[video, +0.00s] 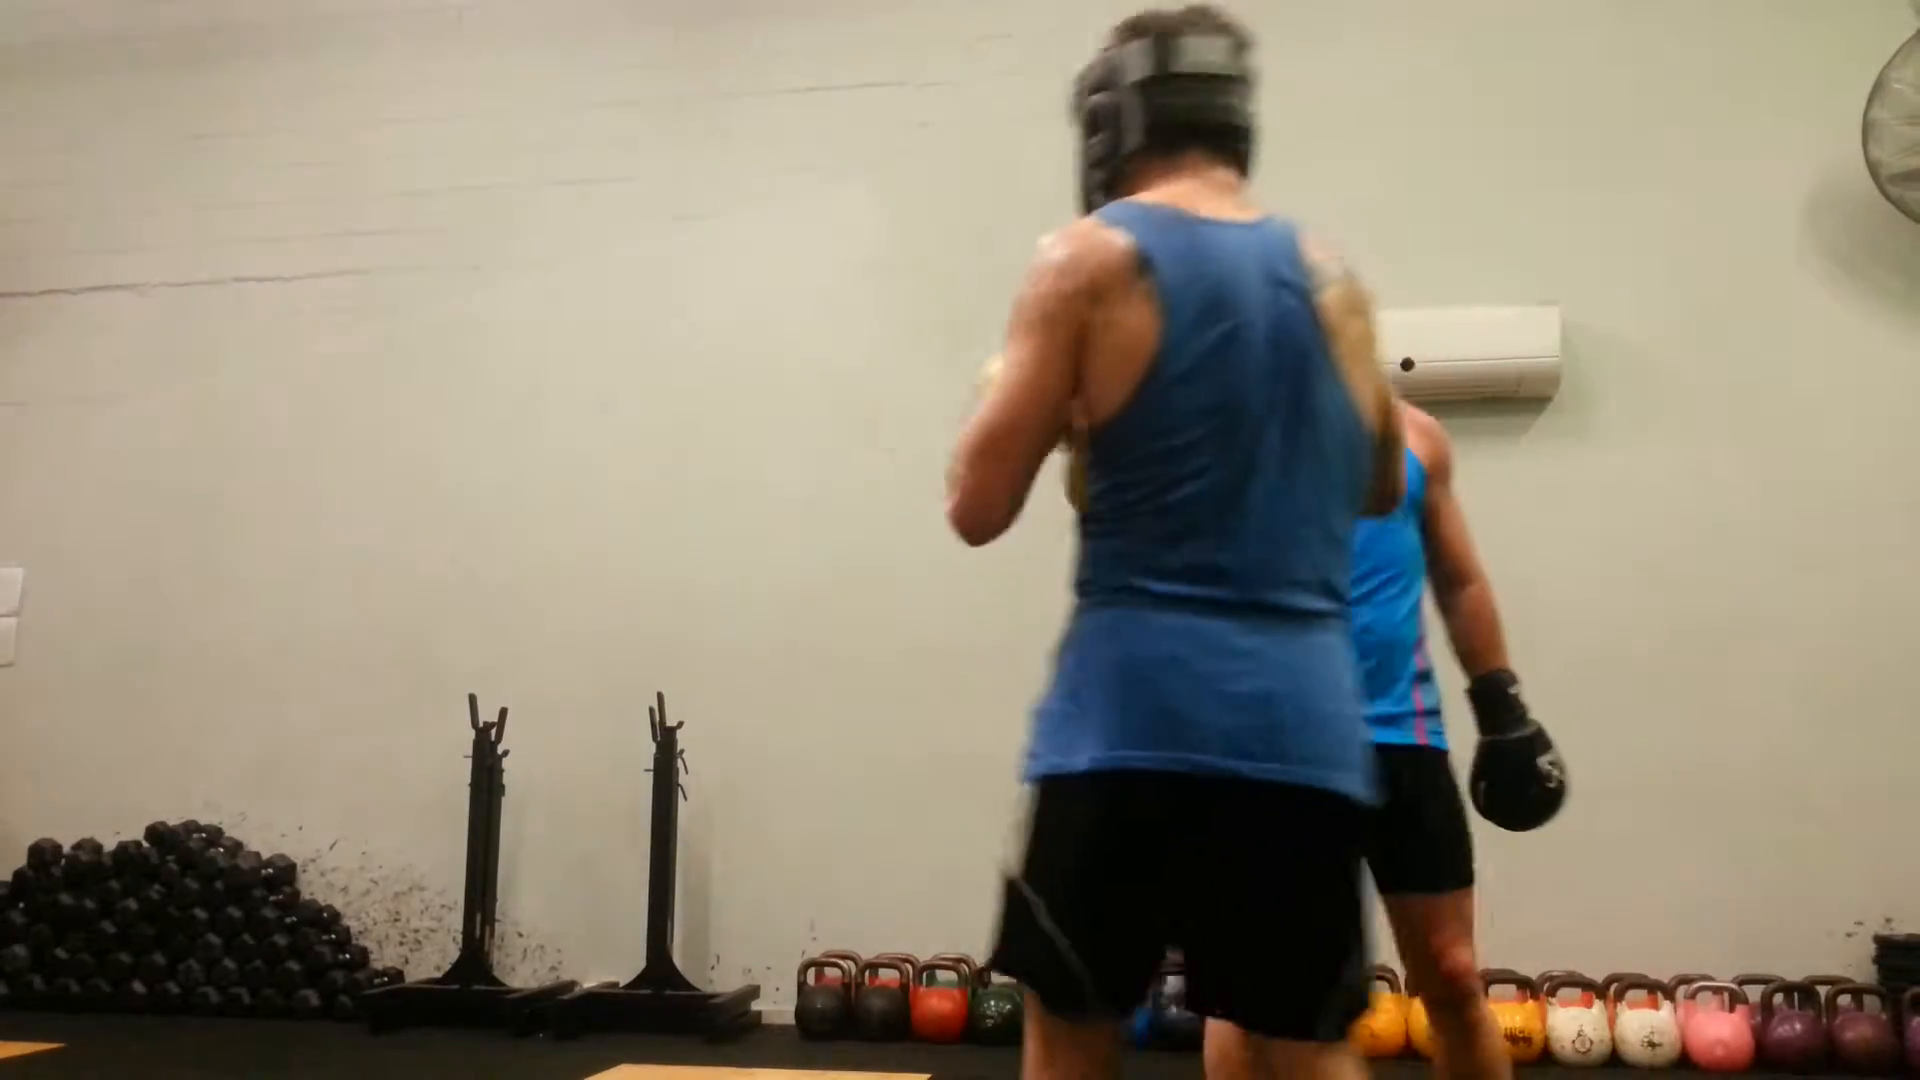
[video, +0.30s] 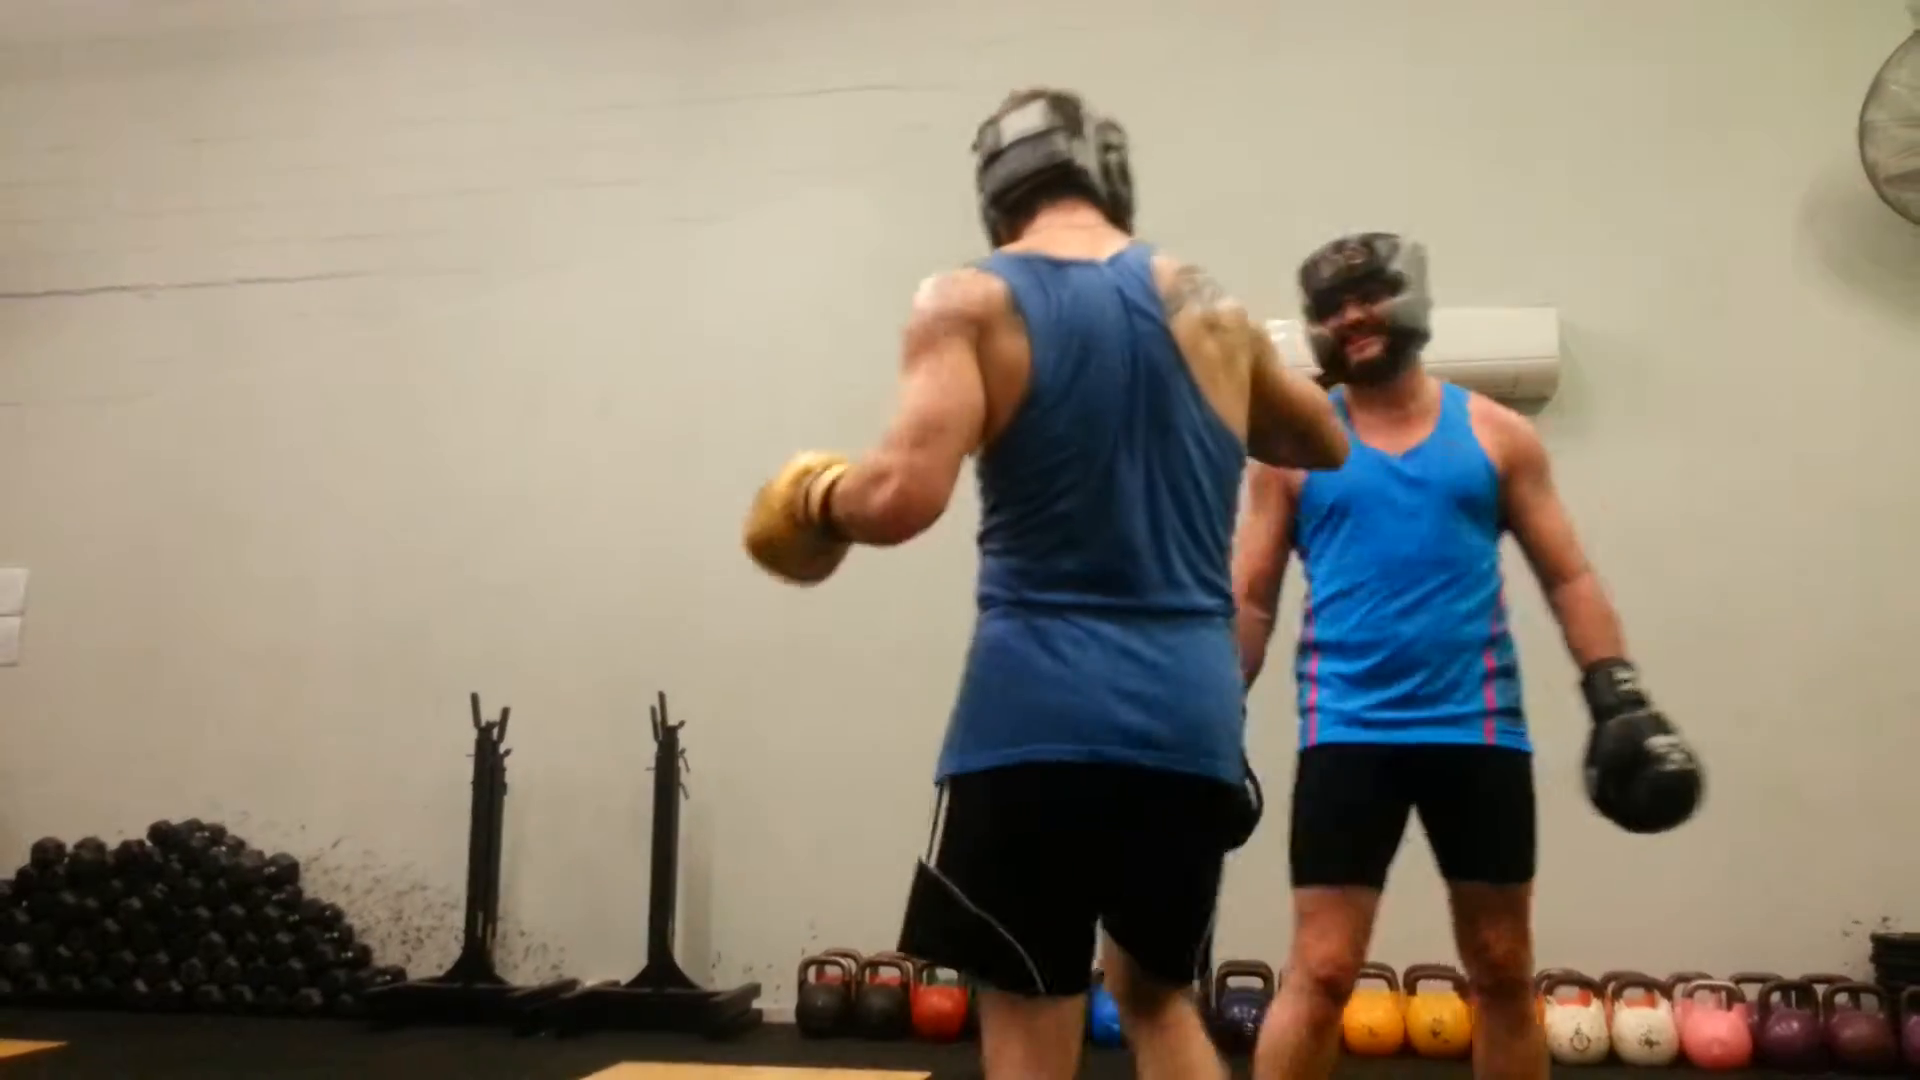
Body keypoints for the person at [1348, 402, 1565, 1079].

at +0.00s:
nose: (1324, 336)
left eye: (1339, 311)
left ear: (1359, 323)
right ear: (1271, 346)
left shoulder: (1410, 437)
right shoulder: (1244, 442)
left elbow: (1459, 581)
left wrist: (1502, 712)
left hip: (1398, 734)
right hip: (1275, 741)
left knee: (1451, 975)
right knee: (1250, 992)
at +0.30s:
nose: (1356, 324)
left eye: (1374, 304)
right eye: (1336, 312)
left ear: (1417, 308)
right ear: (1317, 330)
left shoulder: (1495, 434)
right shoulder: (1293, 443)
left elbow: (1568, 577)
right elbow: (1247, 600)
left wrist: (1619, 700)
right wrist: (1210, 729)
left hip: (1479, 736)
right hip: (1347, 738)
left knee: (1501, 966)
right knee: (1321, 971)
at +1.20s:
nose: (1315, 385)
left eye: (1331, 364)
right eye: (1306, 373)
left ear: (1384, 361)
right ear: (1303, 387)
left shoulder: (1455, 465)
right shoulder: (1304, 494)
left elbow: (1511, 605)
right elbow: (1281, 625)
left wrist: (1494, 737)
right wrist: (1237, 719)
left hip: (1437, 760)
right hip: (1331, 758)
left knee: (1468, 968)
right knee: (1351, 960)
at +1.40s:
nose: (1286, 403)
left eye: (1299, 382)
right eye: (1275, 393)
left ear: (1349, 372)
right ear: (1274, 409)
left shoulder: (1428, 462)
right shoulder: (1287, 505)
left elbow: (1499, 588)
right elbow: (1274, 644)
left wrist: (1493, 719)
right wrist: (1242, 760)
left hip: (1439, 752)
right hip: (1336, 759)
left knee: (1471, 954)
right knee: (1357, 954)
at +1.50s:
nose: (1277, 410)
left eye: (1288, 388)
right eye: (1267, 399)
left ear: (1338, 376)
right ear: (1273, 415)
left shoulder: (1424, 466)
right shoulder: (1286, 516)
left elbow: (1498, 585)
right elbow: (1278, 651)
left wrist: (1493, 713)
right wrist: (1250, 769)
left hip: (1442, 752)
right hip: (1339, 762)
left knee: (1475, 951)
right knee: (1359, 954)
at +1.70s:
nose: (1285, 419)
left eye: (1295, 397)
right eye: (1274, 409)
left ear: (1345, 384)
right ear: (1277, 425)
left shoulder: (1430, 472)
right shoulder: (1299, 524)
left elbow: (1497, 586)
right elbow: (1298, 657)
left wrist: (1491, 709)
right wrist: (1277, 772)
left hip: (1447, 758)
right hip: (1347, 766)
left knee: (1478, 959)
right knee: (1363, 954)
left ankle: (1519, 1075)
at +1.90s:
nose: (1306, 440)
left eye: (1314, 422)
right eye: (1303, 427)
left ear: (1357, 407)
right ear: (1346, 422)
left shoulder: (1453, 487)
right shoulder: (1327, 533)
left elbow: (1508, 602)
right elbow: (1326, 661)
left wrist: (1489, 718)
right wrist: (1304, 764)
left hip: (1456, 765)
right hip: (1360, 771)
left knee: (1477, 963)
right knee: (1370, 955)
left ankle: (1502, 1078)